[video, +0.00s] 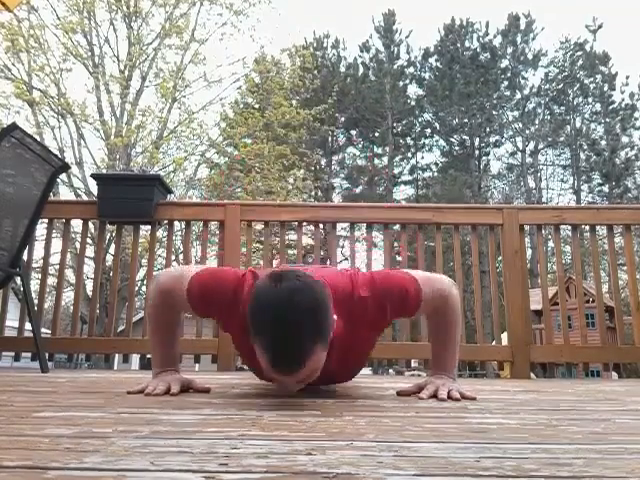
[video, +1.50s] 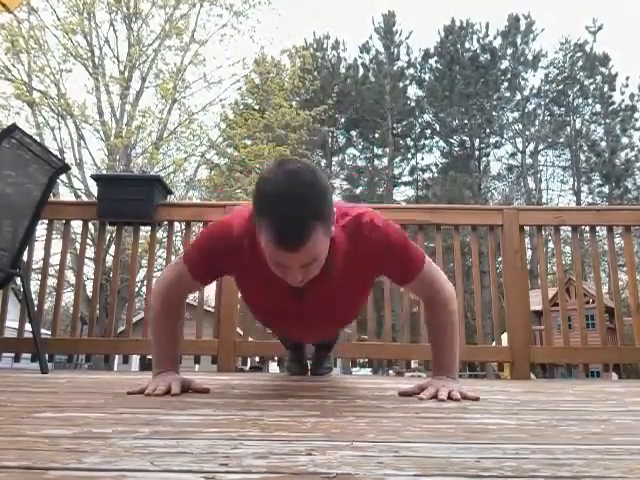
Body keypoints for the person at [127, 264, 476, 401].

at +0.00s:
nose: (290, 388)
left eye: (305, 377)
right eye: (273, 379)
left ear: (332, 328)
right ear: (248, 326)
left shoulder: (366, 295)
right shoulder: (231, 293)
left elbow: (443, 292)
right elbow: (165, 286)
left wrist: (443, 373)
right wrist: (165, 369)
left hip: (336, 366)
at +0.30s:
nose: (295, 278)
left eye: (307, 267)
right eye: (281, 268)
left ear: (333, 237)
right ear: (260, 240)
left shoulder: (370, 241)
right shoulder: (231, 242)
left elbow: (440, 293)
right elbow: (171, 289)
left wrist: (443, 376)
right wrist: (166, 369)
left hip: (336, 316)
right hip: (280, 319)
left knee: (326, 341)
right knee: (292, 343)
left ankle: (321, 357)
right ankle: (297, 356)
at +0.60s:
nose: (300, 229)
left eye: (314, 217)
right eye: (286, 217)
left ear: (335, 186)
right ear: (267, 189)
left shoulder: (375, 211)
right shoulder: (236, 212)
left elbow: (430, 293)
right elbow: (184, 286)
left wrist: (442, 375)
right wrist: (167, 370)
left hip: (338, 306)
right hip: (282, 306)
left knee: (327, 337)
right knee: (293, 340)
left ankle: (322, 358)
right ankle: (297, 358)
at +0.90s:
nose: (296, 393)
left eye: (309, 380)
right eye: (280, 382)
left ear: (336, 333)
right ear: (254, 330)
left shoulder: (370, 298)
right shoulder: (235, 294)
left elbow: (447, 293)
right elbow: (164, 286)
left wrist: (444, 374)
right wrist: (164, 369)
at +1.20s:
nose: (296, 251)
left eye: (310, 238)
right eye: (281, 238)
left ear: (332, 207)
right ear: (261, 212)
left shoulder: (372, 225)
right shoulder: (231, 227)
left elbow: (435, 292)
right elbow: (172, 290)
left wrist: (444, 376)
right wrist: (166, 371)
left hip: (335, 308)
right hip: (280, 308)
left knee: (326, 337)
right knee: (293, 339)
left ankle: (323, 358)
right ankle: (296, 356)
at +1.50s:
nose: (297, 276)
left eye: (309, 263)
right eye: (283, 266)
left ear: (332, 226)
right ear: (259, 233)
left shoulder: (369, 232)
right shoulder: (231, 236)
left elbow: (440, 291)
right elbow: (166, 290)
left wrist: (445, 376)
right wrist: (165, 370)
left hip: (335, 318)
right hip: (279, 320)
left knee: (326, 340)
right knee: (291, 340)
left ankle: (322, 355)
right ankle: (295, 353)